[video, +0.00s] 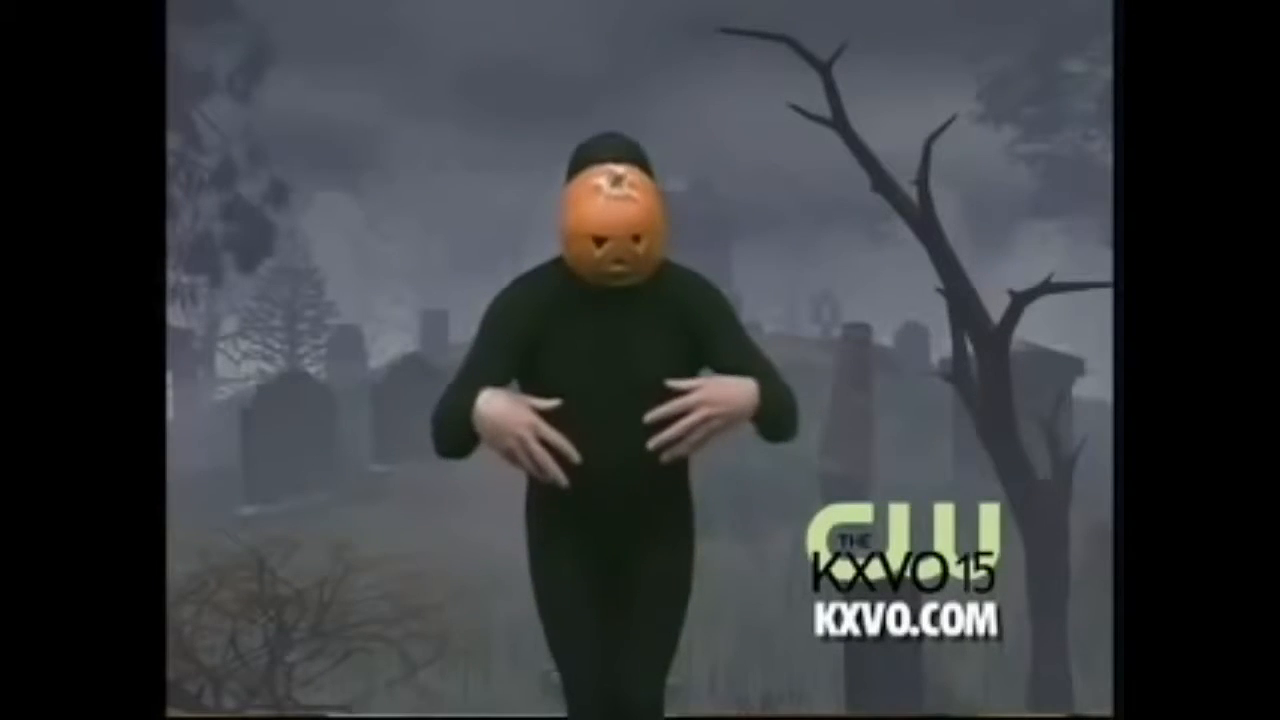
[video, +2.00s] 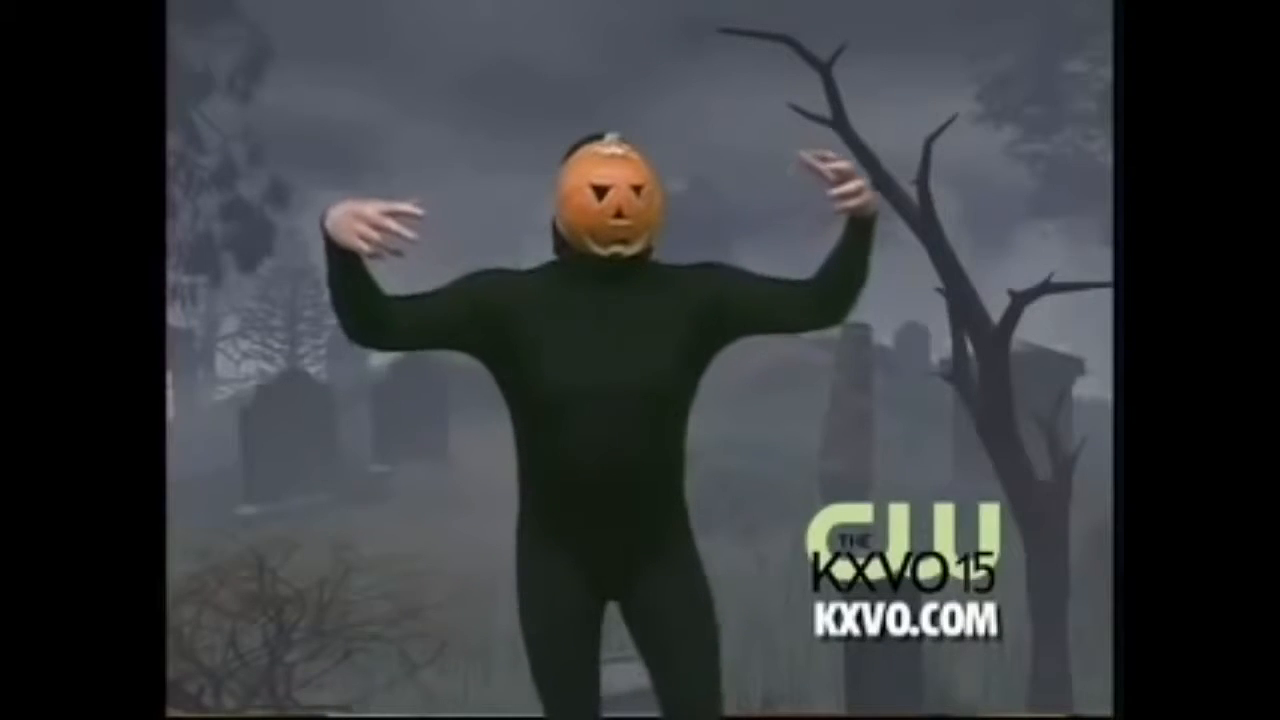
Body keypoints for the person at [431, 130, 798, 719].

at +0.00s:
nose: (614, 191)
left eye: (630, 181)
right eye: (597, 181)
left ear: (658, 203)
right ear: (567, 203)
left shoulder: (691, 299)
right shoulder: (527, 302)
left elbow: (783, 418)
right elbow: (446, 434)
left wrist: (752, 395)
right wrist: (480, 407)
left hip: (658, 528)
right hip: (564, 530)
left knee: (639, 697)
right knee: (590, 697)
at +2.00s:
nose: (616, 194)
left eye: (632, 185)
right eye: (594, 184)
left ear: (658, 210)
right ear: (559, 211)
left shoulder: (700, 295)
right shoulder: (504, 300)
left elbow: (822, 303)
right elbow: (375, 324)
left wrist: (861, 221)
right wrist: (339, 244)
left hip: (662, 552)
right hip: (554, 558)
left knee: (698, 709)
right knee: (570, 712)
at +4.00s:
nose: (614, 190)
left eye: (630, 179)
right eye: (594, 178)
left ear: (656, 199)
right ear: (561, 202)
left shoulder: (694, 270)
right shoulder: (509, 270)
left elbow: (803, 210)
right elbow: (386, 205)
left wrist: (848, 115)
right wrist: (326, 102)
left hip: (665, 557)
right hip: (553, 562)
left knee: (725, 708)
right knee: (545, 710)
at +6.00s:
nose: (629, 232)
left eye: (644, 219)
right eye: (608, 220)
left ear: (667, 238)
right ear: (573, 241)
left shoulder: (699, 310)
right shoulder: (522, 314)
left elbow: (813, 248)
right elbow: (407, 263)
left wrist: (779, 155)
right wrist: (456, 154)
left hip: (665, 573)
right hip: (557, 578)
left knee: (722, 709)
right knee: (551, 711)